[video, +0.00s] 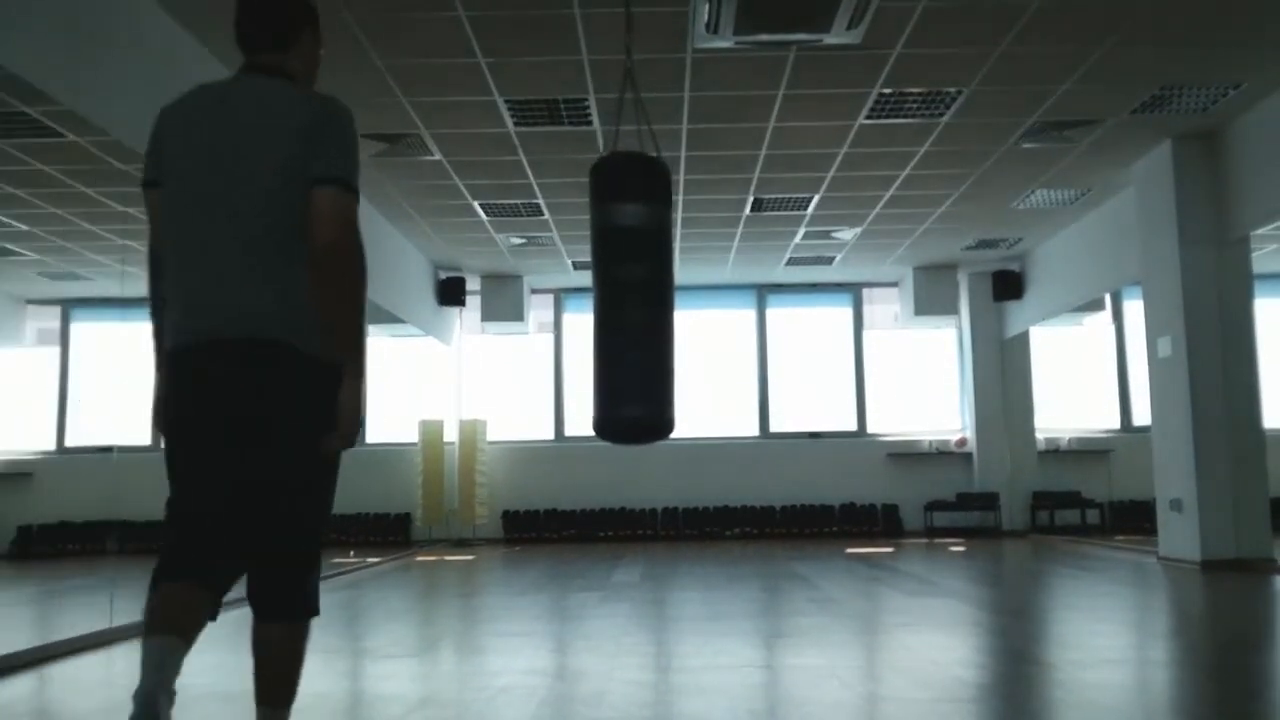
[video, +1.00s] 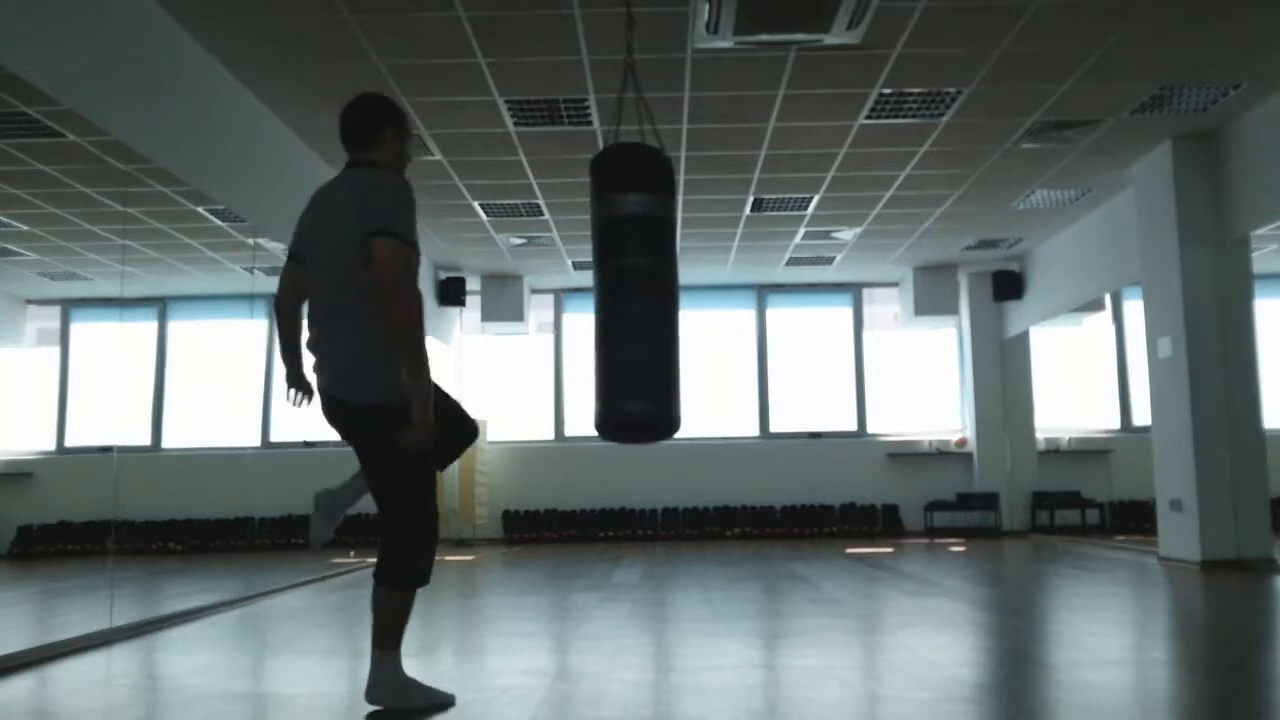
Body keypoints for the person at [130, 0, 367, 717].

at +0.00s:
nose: (321, 56)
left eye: (316, 41)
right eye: (318, 42)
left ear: (241, 41)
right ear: (306, 42)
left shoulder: (176, 118)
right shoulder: (321, 117)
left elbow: (162, 262)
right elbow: (334, 251)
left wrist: (167, 379)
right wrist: (350, 373)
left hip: (198, 369)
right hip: (290, 368)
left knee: (198, 543)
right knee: (288, 556)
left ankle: (152, 699)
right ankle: (273, 716)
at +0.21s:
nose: (335, 75)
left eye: (330, 63)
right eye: (333, 63)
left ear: (264, 63)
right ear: (323, 62)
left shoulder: (204, 137)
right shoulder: (343, 132)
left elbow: (174, 256)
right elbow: (365, 248)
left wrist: (133, 362)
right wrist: (389, 358)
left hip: (227, 368)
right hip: (318, 368)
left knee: (240, 541)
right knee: (296, 550)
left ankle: (223, 709)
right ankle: (273, 715)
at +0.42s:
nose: (351, 115)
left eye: (349, 105)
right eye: (348, 104)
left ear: (282, 104)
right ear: (333, 102)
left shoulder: (232, 174)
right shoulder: (339, 159)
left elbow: (209, 290)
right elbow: (354, 271)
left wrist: (188, 386)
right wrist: (398, 366)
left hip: (248, 387)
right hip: (324, 386)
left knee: (266, 542)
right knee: (343, 545)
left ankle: (251, 702)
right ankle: (281, 690)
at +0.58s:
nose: (364, 127)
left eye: (363, 116)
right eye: (361, 115)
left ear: (301, 113)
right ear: (344, 112)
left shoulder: (254, 181)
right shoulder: (346, 168)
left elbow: (250, 297)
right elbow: (352, 274)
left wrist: (262, 372)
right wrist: (386, 384)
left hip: (263, 386)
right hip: (337, 385)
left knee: (265, 538)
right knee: (376, 527)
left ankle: (247, 707)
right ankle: (335, 684)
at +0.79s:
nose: (388, 148)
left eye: (387, 136)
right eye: (386, 136)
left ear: (329, 137)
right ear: (371, 134)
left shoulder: (299, 196)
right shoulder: (364, 188)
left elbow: (295, 299)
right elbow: (353, 279)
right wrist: (381, 380)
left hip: (295, 393)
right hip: (356, 394)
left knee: (292, 543)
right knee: (392, 532)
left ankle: (258, 697)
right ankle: (384, 672)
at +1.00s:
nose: (407, 150)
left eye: (405, 139)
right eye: (404, 139)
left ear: (349, 142)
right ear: (389, 139)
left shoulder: (321, 202)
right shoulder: (390, 192)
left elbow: (288, 297)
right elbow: (395, 287)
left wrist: (293, 363)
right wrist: (420, 382)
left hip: (340, 389)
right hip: (384, 387)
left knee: (458, 429)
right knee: (410, 524)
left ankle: (340, 500)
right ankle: (386, 673)